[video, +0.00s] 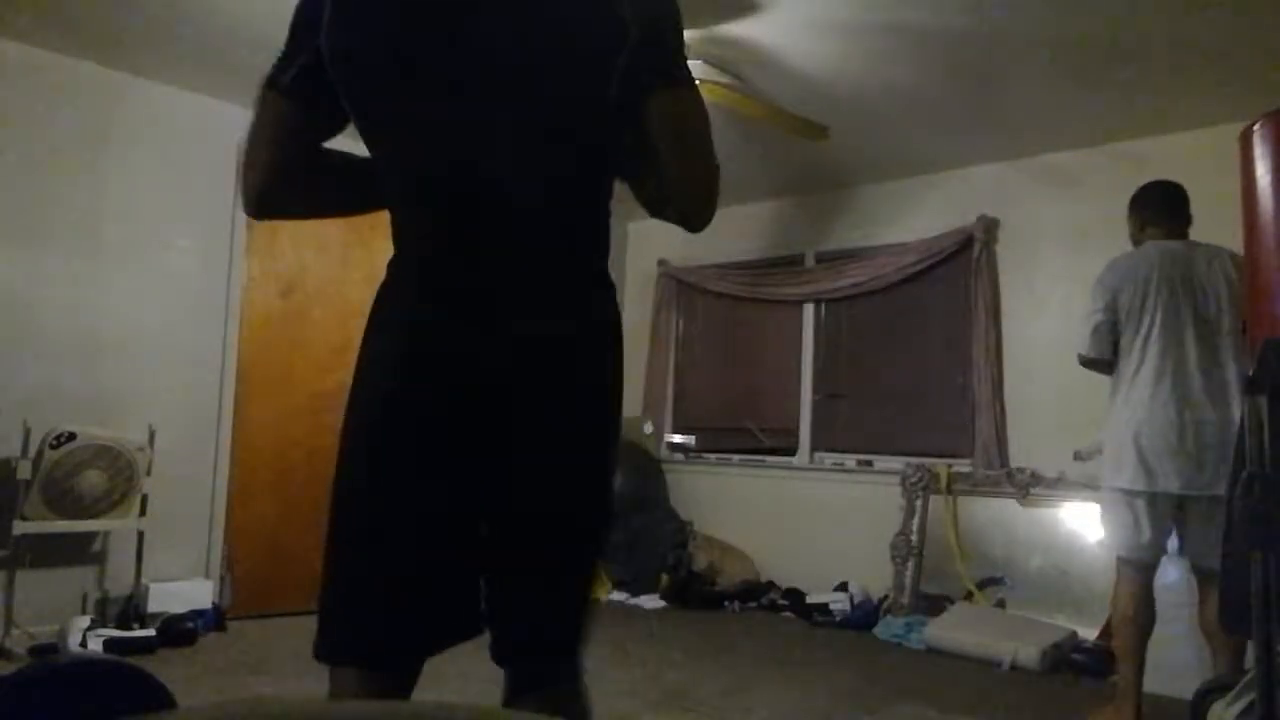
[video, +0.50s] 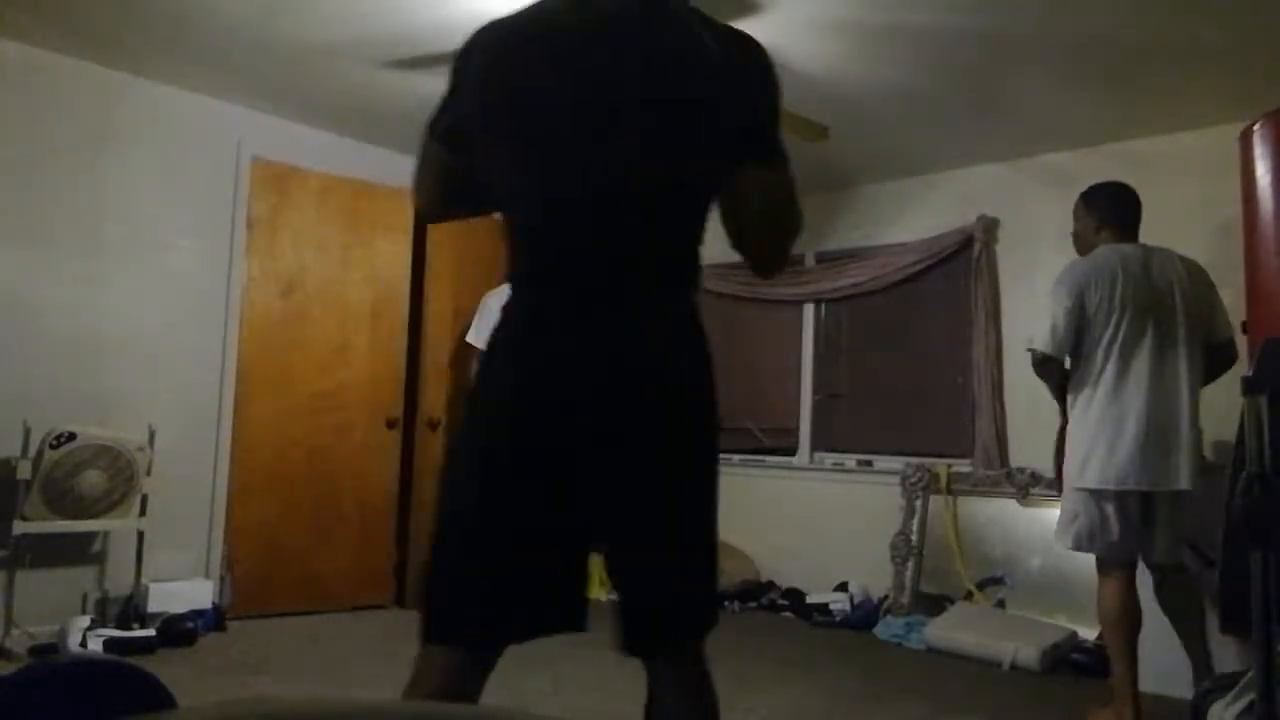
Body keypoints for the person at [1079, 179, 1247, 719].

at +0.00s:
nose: (1132, 235)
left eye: (1131, 227)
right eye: (1136, 229)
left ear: (1137, 226)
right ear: (1188, 222)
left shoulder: (1122, 270)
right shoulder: (1230, 267)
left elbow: (1095, 352)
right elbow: (1247, 347)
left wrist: (1147, 368)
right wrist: (1201, 366)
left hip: (1139, 448)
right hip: (1217, 450)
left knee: (1132, 576)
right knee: (1216, 579)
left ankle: (1127, 703)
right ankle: (1231, 697)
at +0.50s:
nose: (1073, 236)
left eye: (1076, 226)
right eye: (1074, 226)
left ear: (1094, 225)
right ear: (1134, 224)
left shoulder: (1081, 275)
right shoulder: (1188, 272)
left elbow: (1047, 359)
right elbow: (1223, 353)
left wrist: (1072, 403)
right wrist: (1167, 387)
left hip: (1106, 452)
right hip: (1174, 452)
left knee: (1114, 573)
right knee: (1172, 569)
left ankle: (1124, 701)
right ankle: (1205, 678)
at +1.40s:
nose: (1072, 228)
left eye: (1083, 219)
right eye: (1078, 218)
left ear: (1111, 227)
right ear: (1124, 232)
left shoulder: (1111, 270)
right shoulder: (1147, 276)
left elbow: (1116, 347)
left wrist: (1080, 415)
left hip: (1125, 445)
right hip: (1160, 446)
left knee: (1068, 546)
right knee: (1139, 559)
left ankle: (1091, 688)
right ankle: (1163, 689)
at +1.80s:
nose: (1030, 221)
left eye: (1042, 214)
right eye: (1036, 212)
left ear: (1071, 227)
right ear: (1074, 229)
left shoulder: (1074, 271)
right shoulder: (1081, 271)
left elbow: (1078, 358)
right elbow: (1077, 360)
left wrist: (1033, 426)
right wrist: (1036, 423)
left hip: (1081, 451)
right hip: (1090, 450)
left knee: (1059, 565)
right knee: (1072, 563)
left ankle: (1088, 692)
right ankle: (1133, 663)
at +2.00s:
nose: (1007, 221)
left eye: (1018, 212)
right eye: (1011, 213)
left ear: (1048, 225)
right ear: (1049, 227)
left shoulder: (1056, 269)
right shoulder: (1039, 272)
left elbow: (1067, 350)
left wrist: (1014, 411)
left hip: (1055, 448)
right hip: (1033, 445)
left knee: (1049, 559)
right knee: (1009, 547)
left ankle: (1084, 691)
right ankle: (1058, 656)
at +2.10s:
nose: (991, 222)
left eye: (1001, 214)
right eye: (994, 215)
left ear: (1030, 227)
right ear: (1030, 229)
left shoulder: (1042, 269)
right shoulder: (1018, 275)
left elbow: (1063, 347)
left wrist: (1005, 402)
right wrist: (983, 254)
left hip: (1043, 442)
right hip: (1014, 439)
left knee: (1046, 554)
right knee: (990, 540)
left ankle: (1088, 692)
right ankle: (1003, 660)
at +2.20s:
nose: (975, 226)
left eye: (986, 219)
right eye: (978, 218)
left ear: (1019, 230)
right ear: (1011, 231)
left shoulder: (1032, 270)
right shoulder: (998, 280)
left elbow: (1057, 346)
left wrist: (994, 401)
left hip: (1036, 449)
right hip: (998, 447)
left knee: (1041, 557)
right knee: (975, 545)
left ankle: (1086, 688)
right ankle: (980, 658)